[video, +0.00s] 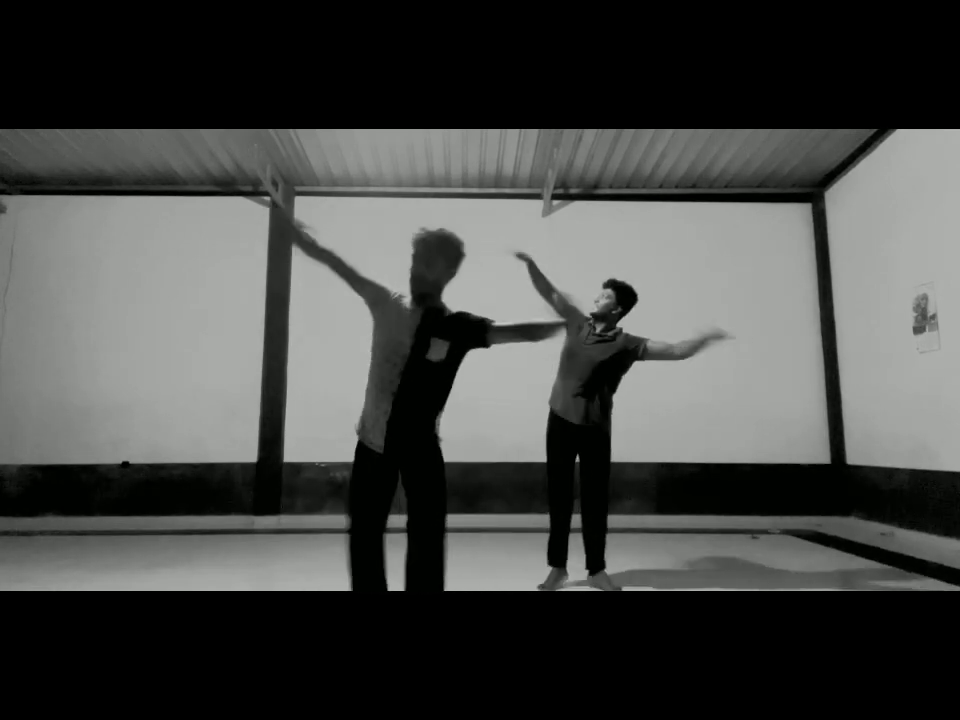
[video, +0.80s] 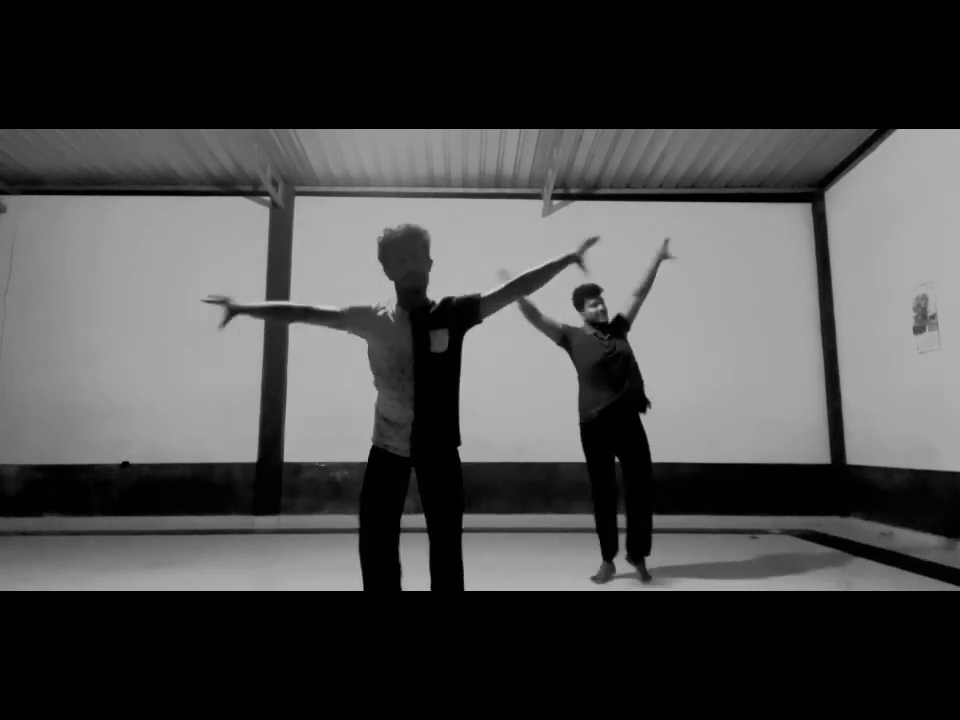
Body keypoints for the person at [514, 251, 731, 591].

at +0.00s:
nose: (597, 299)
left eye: (605, 297)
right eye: (600, 295)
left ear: (618, 309)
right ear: (599, 302)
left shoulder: (629, 345)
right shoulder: (576, 324)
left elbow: (676, 351)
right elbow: (550, 293)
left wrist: (705, 339)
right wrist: (530, 264)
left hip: (595, 432)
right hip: (560, 426)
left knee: (595, 503)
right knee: (559, 501)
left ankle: (596, 571)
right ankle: (557, 569)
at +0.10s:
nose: (597, 307)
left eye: (605, 305)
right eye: (598, 302)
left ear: (617, 314)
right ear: (595, 305)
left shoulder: (622, 347)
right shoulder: (571, 325)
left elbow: (658, 366)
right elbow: (534, 313)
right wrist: (540, 291)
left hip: (597, 424)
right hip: (562, 420)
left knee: (608, 491)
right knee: (558, 491)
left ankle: (602, 568)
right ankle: (558, 567)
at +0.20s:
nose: (603, 328)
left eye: (609, 324)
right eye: (600, 321)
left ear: (616, 329)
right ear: (592, 321)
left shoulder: (617, 363)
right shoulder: (568, 351)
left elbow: (623, 398)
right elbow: (550, 377)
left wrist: (601, 385)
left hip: (600, 433)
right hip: (565, 431)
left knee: (623, 493)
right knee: (555, 497)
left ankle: (612, 569)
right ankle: (558, 571)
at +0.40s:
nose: (601, 340)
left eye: (600, 335)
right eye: (595, 336)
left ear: (594, 337)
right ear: (578, 340)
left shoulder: (614, 369)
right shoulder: (560, 377)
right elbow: (538, 411)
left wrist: (636, 393)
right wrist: (568, 398)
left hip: (611, 453)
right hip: (573, 456)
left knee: (636, 510)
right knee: (554, 510)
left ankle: (615, 581)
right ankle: (560, 578)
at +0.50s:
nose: (599, 316)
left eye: (598, 311)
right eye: (593, 312)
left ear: (592, 315)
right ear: (579, 318)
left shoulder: (612, 338)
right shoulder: (561, 353)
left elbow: (641, 320)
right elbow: (531, 364)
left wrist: (674, 324)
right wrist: (528, 366)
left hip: (617, 431)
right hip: (582, 436)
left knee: (635, 493)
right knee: (572, 498)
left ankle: (616, 571)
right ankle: (563, 571)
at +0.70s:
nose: (600, 299)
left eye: (599, 294)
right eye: (593, 297)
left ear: (599, 299)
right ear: (578, 306)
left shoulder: (617, 320)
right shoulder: (566, 333)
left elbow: (639, 287)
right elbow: (526, 321)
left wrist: (660, 258)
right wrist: (490, 304)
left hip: (623, 412)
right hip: (593, 415)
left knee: (636, 482)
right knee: (598, 484)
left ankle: (632, 553)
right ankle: (605, 556)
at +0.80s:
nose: (599, 307)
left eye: (600, 302)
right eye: (591, 305)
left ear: (605, 304)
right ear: (580, 311)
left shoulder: (618, 329)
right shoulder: (571, 336)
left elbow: (641, 291)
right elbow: (536, 317)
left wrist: (658, 258)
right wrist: (516, 292)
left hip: (628, 420)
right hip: (596, 424)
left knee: (641, 488)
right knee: (603, 492)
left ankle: (637, 557)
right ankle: (607, 561)